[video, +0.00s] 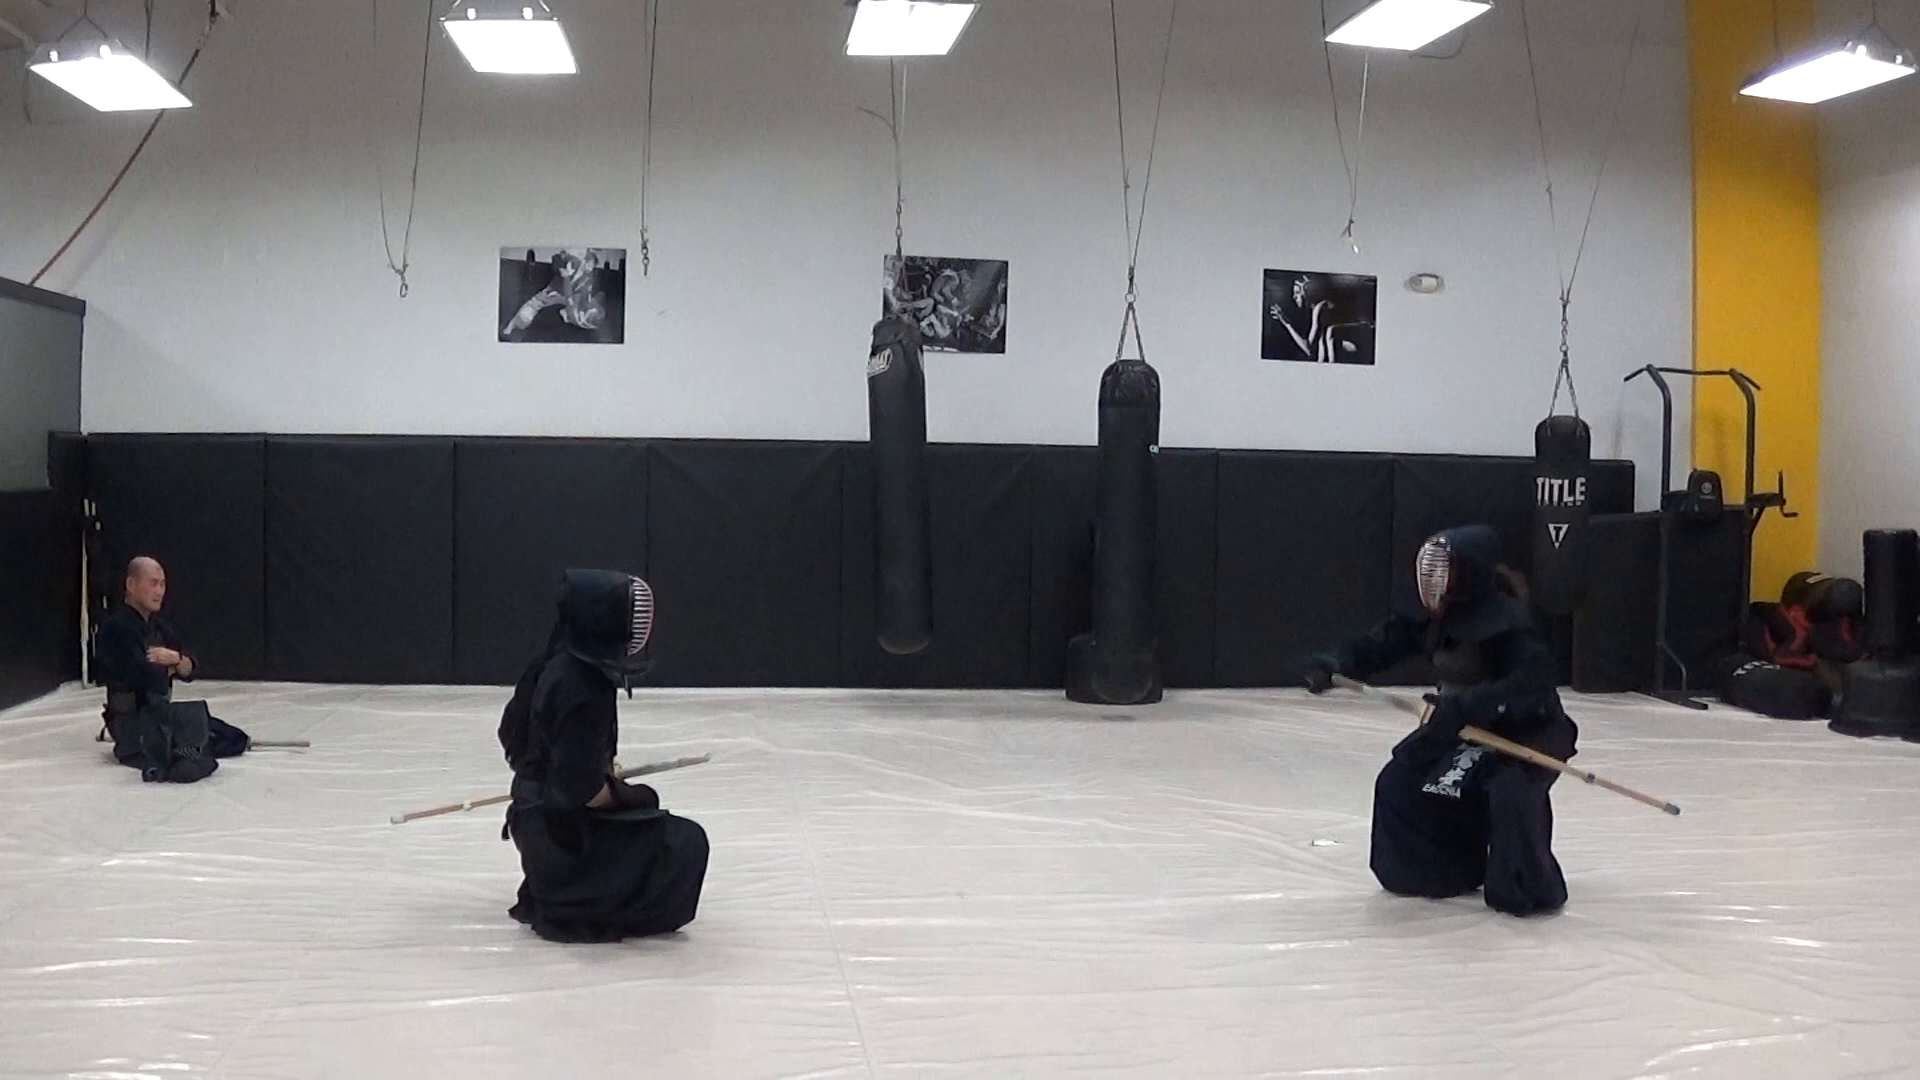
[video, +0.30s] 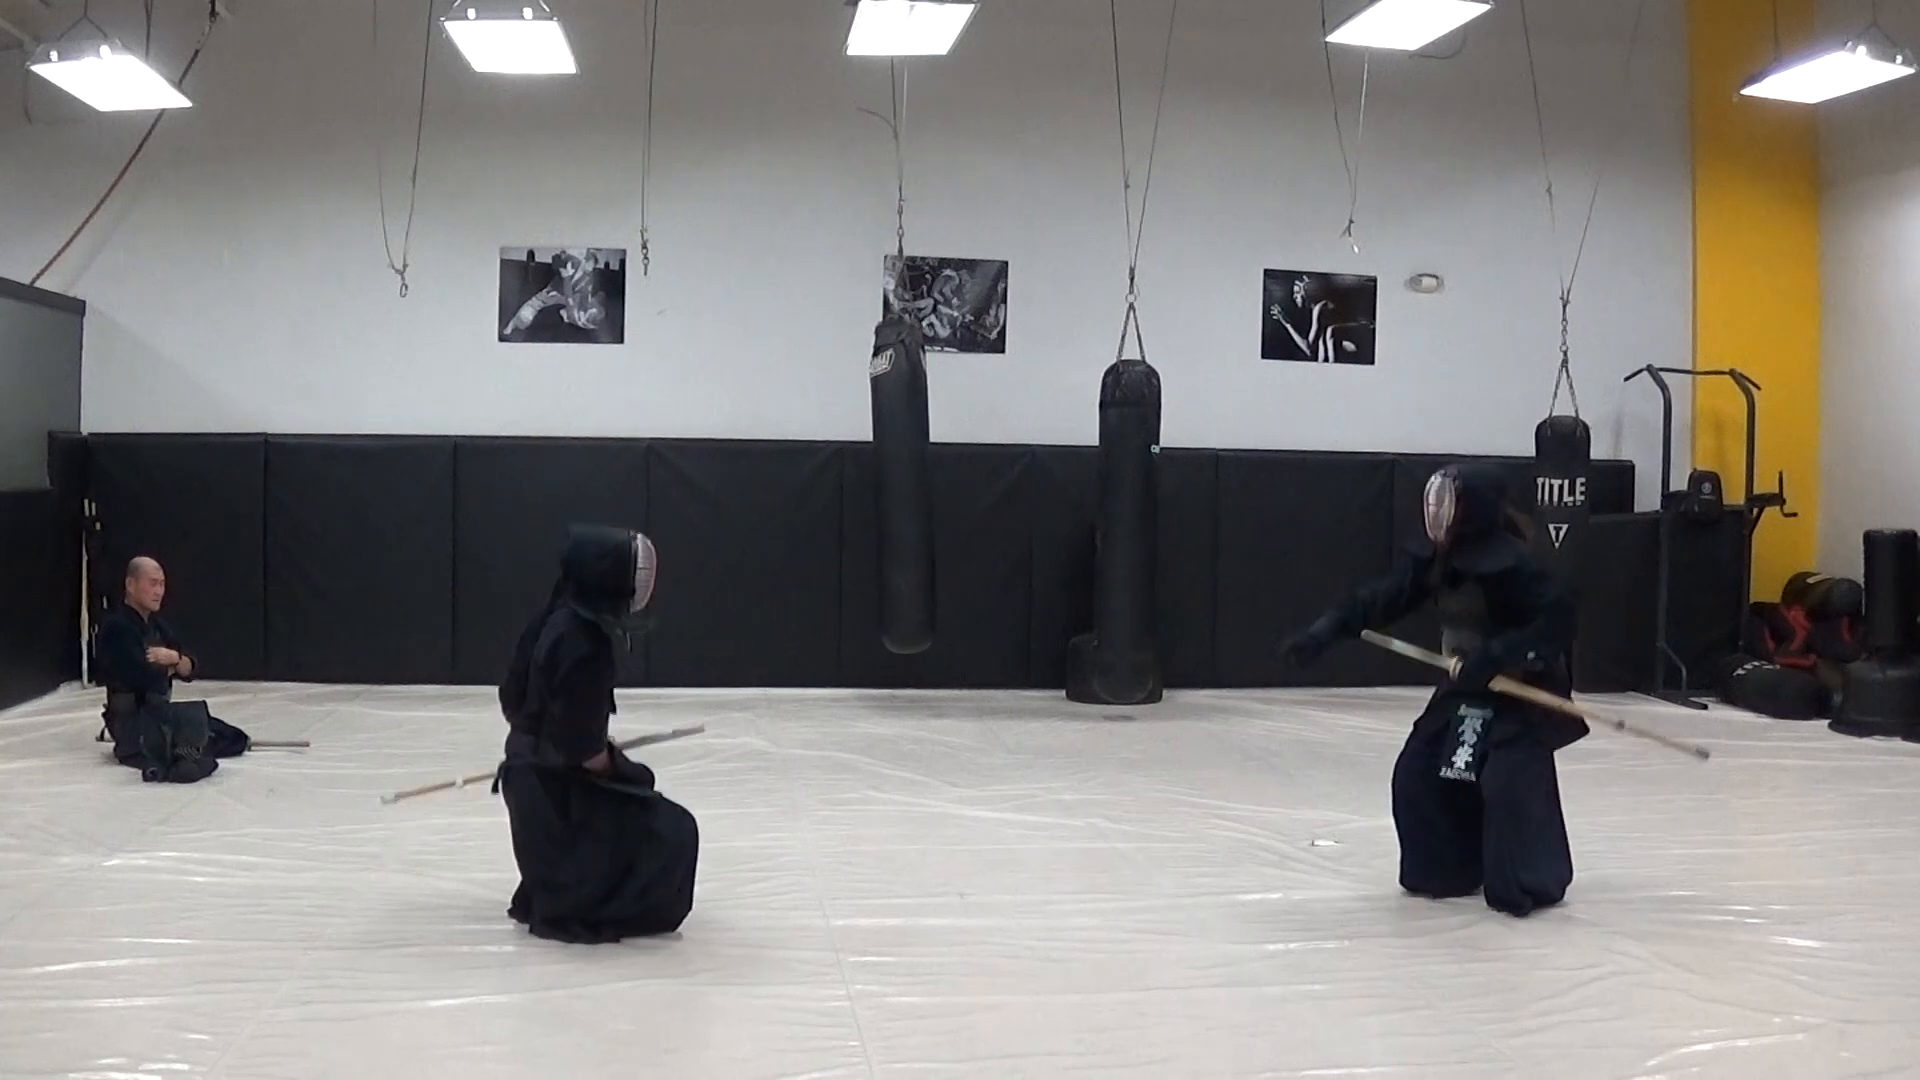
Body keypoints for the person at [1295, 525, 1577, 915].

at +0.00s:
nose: (1431, 587)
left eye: (1441, 576)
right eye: (1427, 575)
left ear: (1468, 578)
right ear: (1420, 573)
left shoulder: (1507, 619)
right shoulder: (1429, 621)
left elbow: (1534, 683)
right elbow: (1382, 647)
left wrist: (1463, 708)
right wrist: (1330, 661)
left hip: (1531, 730)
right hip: (1463, 727)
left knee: (1510, 789)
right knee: (1398, 783)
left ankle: (1527, 895)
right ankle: (1441, 875)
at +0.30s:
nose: (1436, 519)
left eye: (1447, 508)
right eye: (1433, 507)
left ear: (1473, 511)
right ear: (1428, 507)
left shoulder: (1514, 563)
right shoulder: (1434, 562)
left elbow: (1557, 622)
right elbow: (1381, 600)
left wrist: (1493, 656)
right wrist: (1325, 631)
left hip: (1521, 695)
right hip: (1460, 692)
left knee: (1505, 779)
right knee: (1416, 772)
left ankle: (1522, 886)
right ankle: (1442, 875)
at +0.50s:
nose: (1443, 465)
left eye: (1453, 455)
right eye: (1441, 454)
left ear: (1483, 459)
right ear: (1439, 457)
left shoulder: (1522, 516)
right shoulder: (1448, 516)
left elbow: (1572, 575)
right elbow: (1427, 587)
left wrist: (1506, 614)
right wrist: (1393, 640)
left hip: (1523, 666)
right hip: (1465, 663)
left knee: (1514, 778)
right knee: (1440, 768)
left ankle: (1521, 888)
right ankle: (1457, 875)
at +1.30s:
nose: (1508, 452)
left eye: (1520, 443)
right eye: (1507, 441)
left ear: (1548, 449)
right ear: (1504, 443)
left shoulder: (1579, 507)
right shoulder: (1508, 505)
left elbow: (1617, 576)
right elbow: (1491, 578)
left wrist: (1556, 609)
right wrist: (1471, 640)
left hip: (1554, 655)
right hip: (1500, 651)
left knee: (1546, 763)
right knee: (1477, 759)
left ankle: (1590, 863)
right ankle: (1477, 870)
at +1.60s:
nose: (1569, 456)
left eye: (1579, 446)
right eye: (1566, 445)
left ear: (1605, 450)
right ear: (1563, 448)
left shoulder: (1639, 509)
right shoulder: (1566, 505)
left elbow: (1674, 579)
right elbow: (1563, 576)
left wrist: (1616, 612)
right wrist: (1549, 631)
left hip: (1618, 656)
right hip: (1561, 648)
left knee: (1608, 763)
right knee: (1530, 752)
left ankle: (1606, 876)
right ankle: (1508, 864)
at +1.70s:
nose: (1583, 453)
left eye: (1593, 444)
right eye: (1583, 443)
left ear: (1620, 449)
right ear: (1587, 444)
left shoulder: (1655, 509)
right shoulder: (1586, 502)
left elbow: (1684, 582)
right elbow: (1575, 575)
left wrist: (1632, 611)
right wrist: (1559, 639)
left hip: (1630, 654)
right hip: (1576, 648)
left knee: (1616, 758)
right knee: (1551, 744)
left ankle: (1610, 874)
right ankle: (1554, 862)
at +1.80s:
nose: (1602, 452)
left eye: (1611, 443)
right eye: (1602, 442)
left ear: (1638, 449)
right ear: (1612, 444)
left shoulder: (1674, 510)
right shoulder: (1602, 504)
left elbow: (1702, 581)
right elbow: (1587, 578)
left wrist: (1647, 614)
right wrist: (1568, 646)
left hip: (1644, 654)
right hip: (1593, 648)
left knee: (1629, 757)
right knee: (1571, 747)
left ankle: (1626, 877)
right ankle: (1594, 868)